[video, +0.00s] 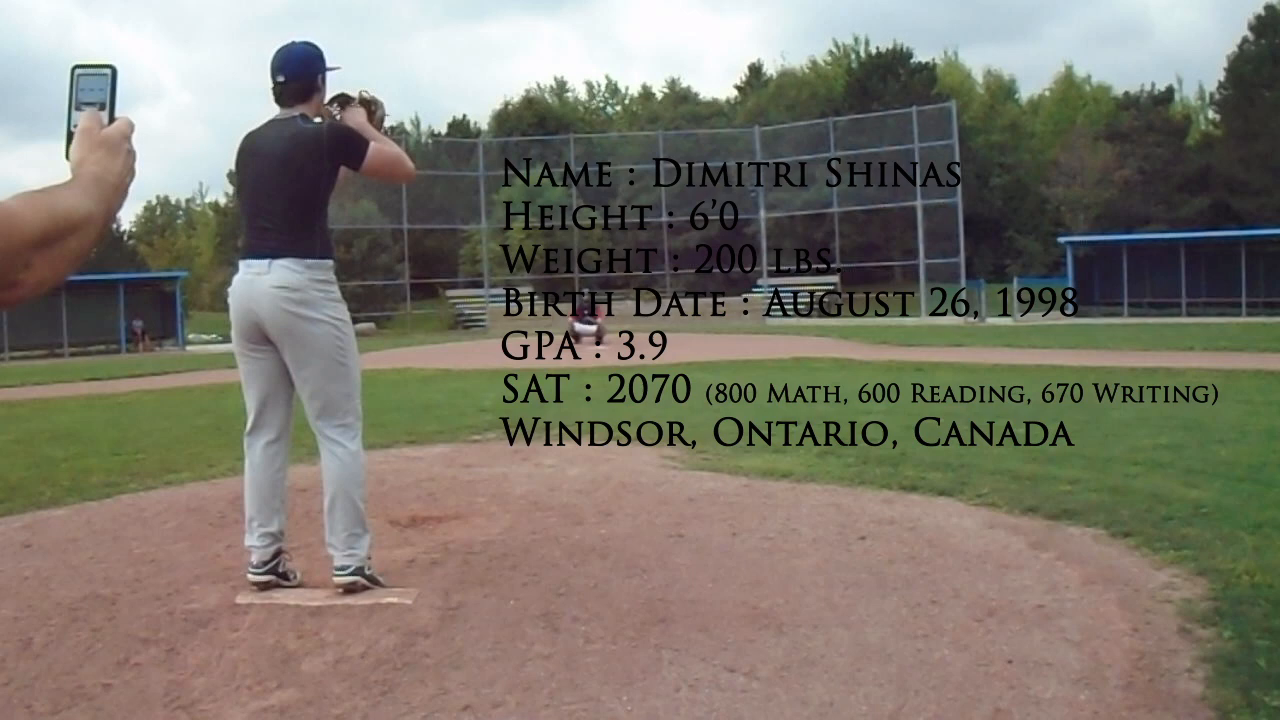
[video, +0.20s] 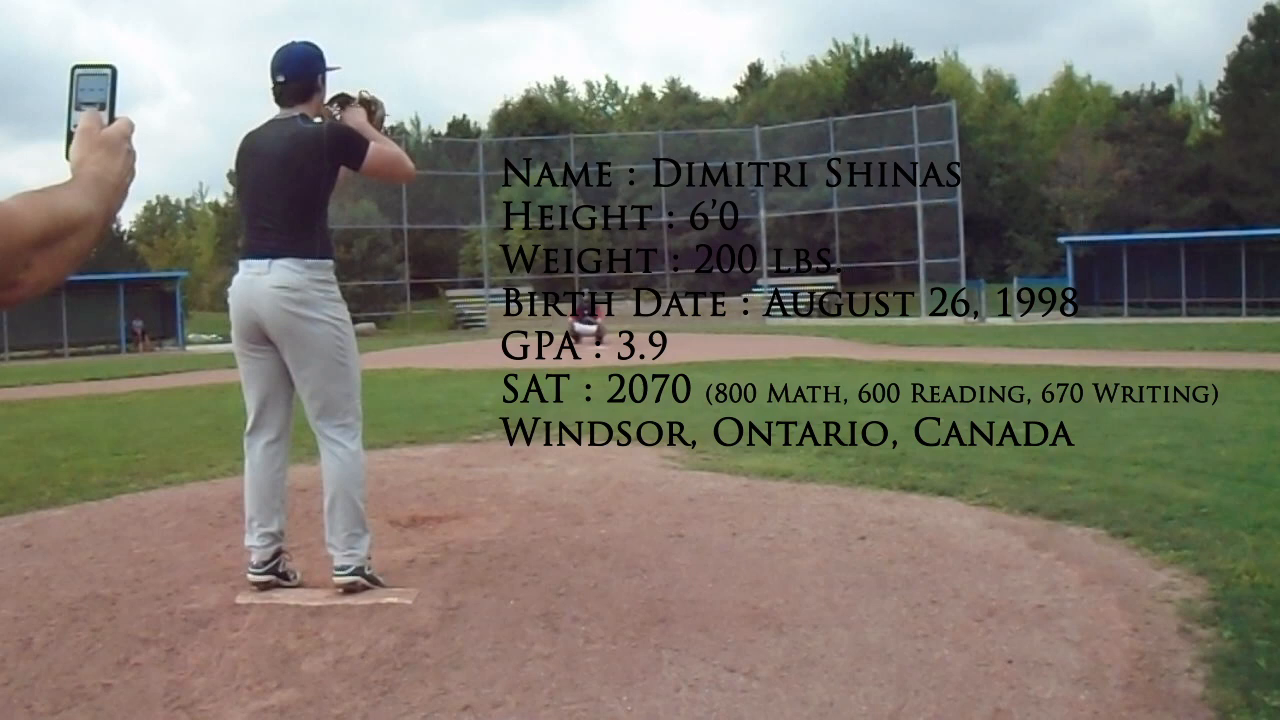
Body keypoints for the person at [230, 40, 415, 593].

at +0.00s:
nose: (327, 88)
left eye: (322, 81)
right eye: (325, 81)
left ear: (275, 88)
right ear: (320, 86)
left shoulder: (250, 143)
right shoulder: (327, 135)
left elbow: (301, 185)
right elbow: (402, 167)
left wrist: (327, 131)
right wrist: (362, 125)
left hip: (246, 288)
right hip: (303, 286)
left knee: (264, 430)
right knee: (338, 429)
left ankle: (263, 558)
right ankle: (350, 561)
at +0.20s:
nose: (327, 88)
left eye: (322, 81)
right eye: (325, 81)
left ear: (275, 88)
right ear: (320, 86)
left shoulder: (250, 143)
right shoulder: (327, 135)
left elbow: (301, 185)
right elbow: (402, 167)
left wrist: (327, 131)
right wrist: (362, 125)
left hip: (246, 288)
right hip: (303, 286)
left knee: (264, 430)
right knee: (338, 429)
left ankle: (263, 558)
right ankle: (350, 561)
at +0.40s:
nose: (327, 88)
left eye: (322, 81)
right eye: (325, 81)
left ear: (275, 88)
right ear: (320, 86)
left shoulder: (250, 143)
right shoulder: (327, 135)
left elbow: (301, 185)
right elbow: (402, 167)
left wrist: (327, 131)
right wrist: (362, 125)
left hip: (246, 288)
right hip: (303, 286)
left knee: (264, 430)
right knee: (338, 429)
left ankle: (263, 558)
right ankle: (350, 561)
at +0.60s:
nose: (327, 88)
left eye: (322, 81)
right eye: (325, 81)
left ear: (275, 88)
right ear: (320, 86)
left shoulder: (250, 143)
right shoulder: (327, 135)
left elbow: (301, 185)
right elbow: (402, 167)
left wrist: (327, 131)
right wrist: (362, 125)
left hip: (246, 288)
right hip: (303, 286)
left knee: (264, 430)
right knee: (338, 429)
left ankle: (263, 558)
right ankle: (350, 561)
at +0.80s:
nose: (327, 88)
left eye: (322, 81)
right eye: (325, 81)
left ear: (275, 88)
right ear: (320, 86)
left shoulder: (250, 143)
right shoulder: (327, 135)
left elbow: (301, 185)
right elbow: (402, 167)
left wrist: (327, 131)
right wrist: (362, 125)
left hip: (246, 288)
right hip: (303, 286)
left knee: (264, 430)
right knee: (338, 429)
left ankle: (263, 558)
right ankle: (350, 561)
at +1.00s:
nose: (327, 88)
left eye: (322, 81)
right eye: (325, 81)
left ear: (275, 88)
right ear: (320, 86)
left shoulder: (250, 143)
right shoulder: (327, 135)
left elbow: (301, 185)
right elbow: (402, 167)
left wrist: (327, 131)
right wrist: (362, 125)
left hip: (246, 288)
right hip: (303, 286)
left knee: (264, 430)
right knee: (338, 429)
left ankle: (263, 558)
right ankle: (350, 561)